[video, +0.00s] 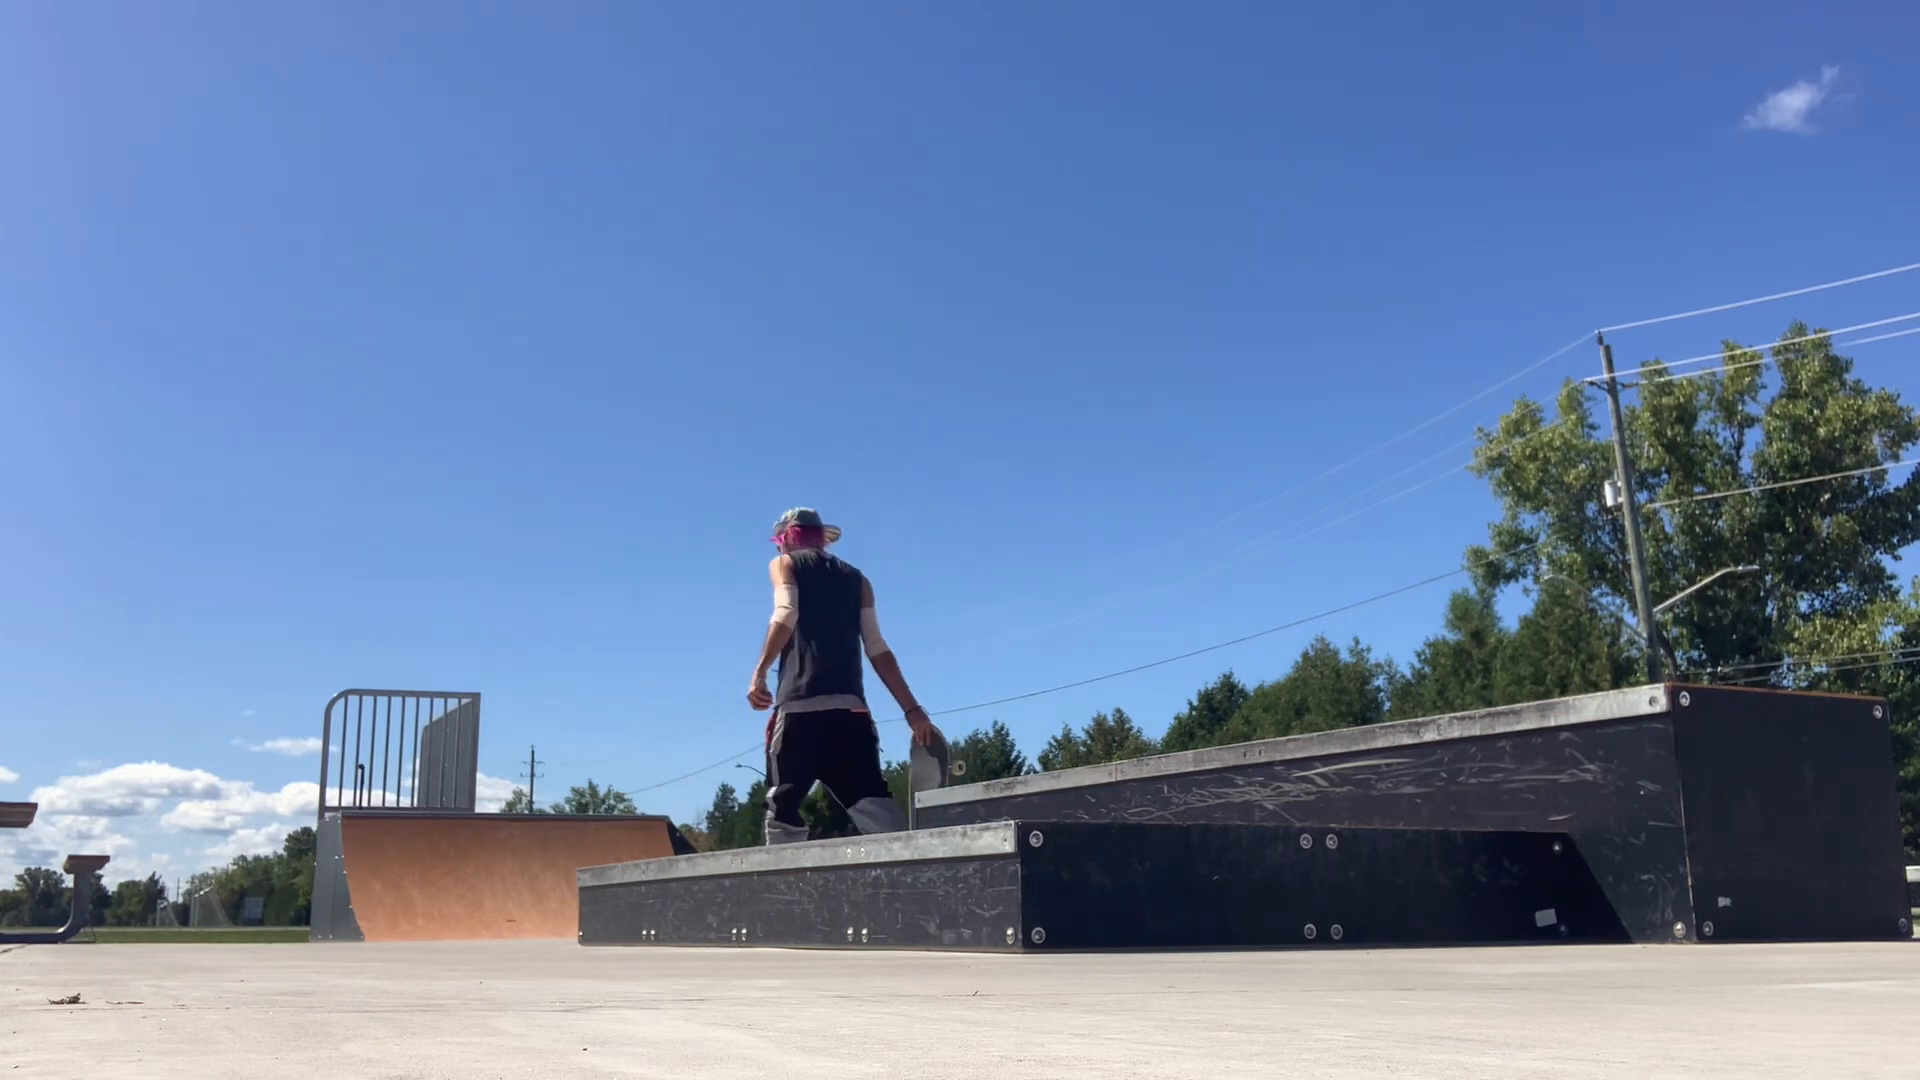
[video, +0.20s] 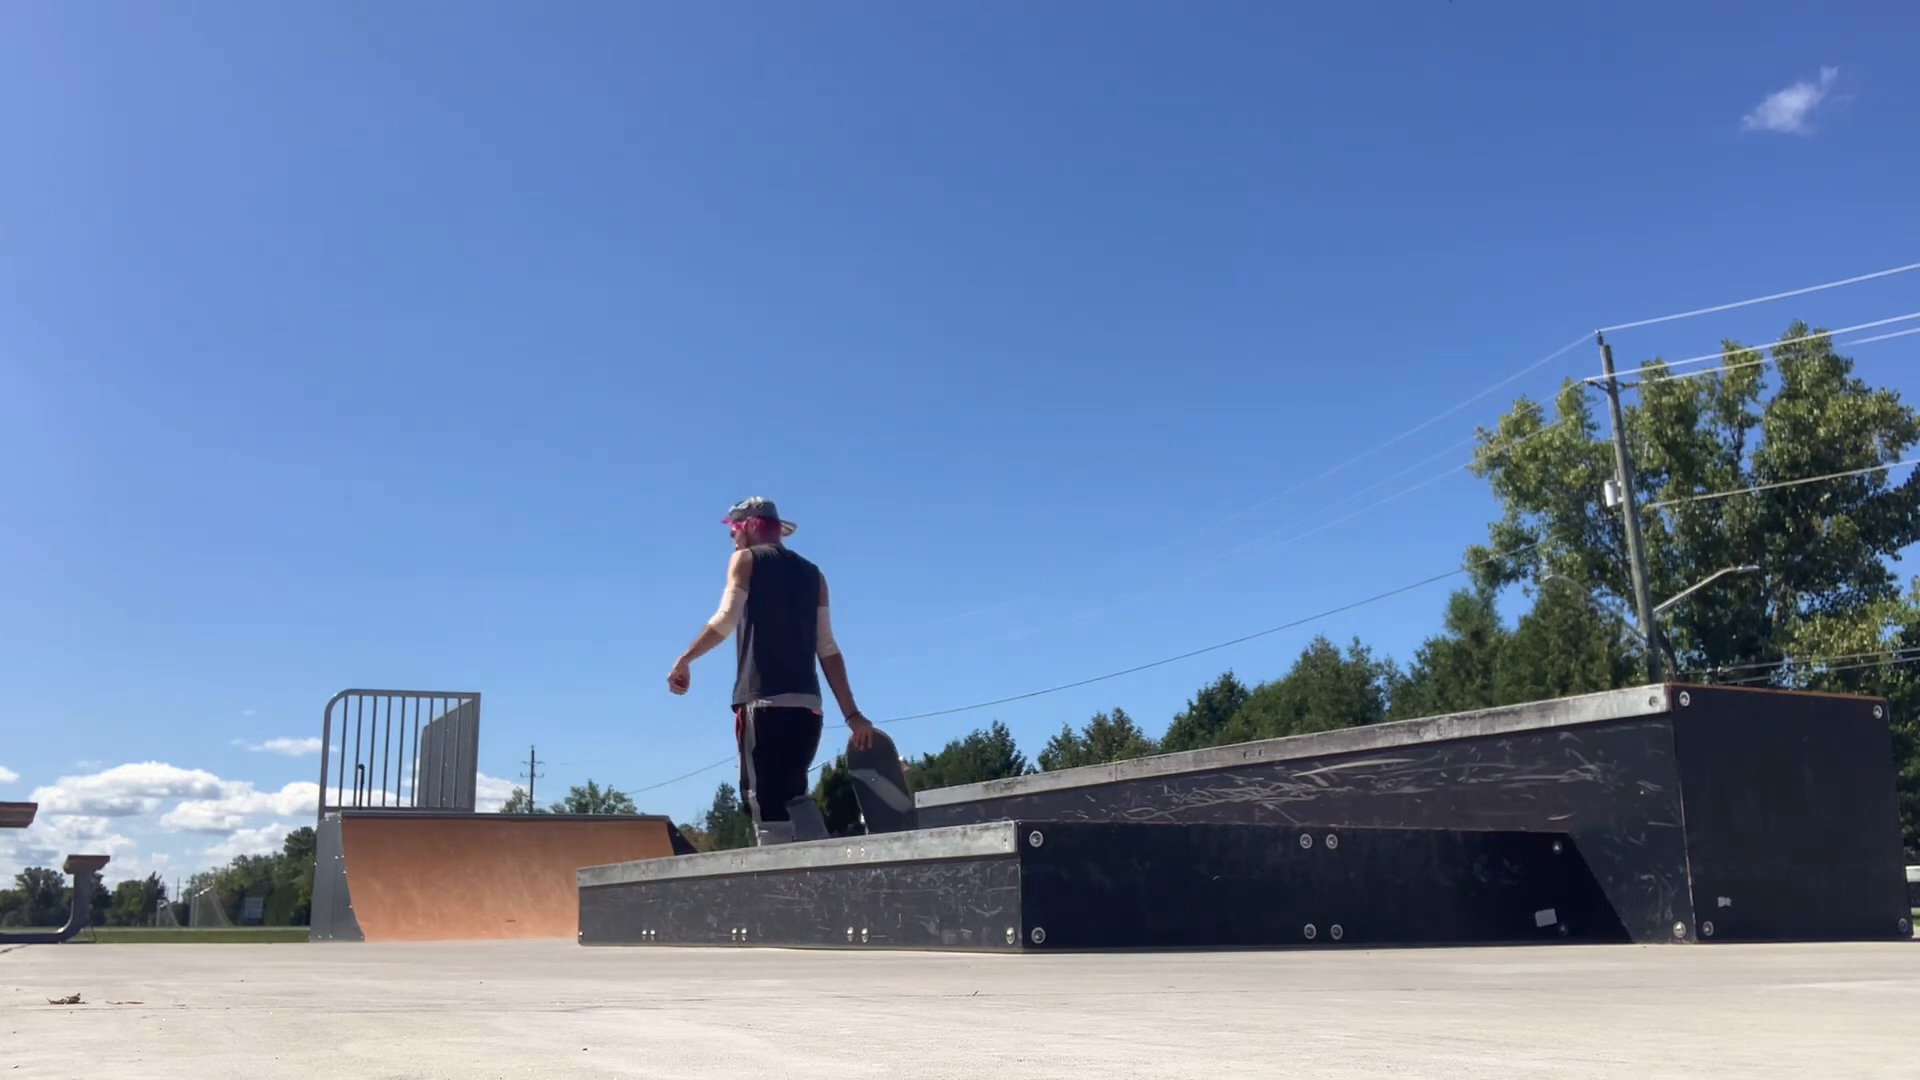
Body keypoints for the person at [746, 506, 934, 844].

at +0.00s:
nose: (778, 548)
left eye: (778, 543)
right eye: (778, 543)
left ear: (787, 539)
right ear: (823, 539)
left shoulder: (783, 563)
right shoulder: (855, 577)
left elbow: (786, 616)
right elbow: (877, 650)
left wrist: (759, 674)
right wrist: (912, 709)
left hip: (796, 720)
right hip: (851, 718)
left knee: (782, 814)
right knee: (875, 810)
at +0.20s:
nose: (733, 540)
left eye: (735, 532)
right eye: (733, 533)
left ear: (750, 527)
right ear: (776, 530)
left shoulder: (746, 558)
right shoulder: (813, 573)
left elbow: (727, 618)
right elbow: (827, 648)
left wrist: (686, 658)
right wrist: (853, 714)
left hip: (763, 707)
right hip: (808, 710)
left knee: (764, 805)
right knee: (796, 794)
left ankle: (784, 892)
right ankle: (829, 871)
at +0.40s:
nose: (686, 546)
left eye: (689, 538)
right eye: (686, 539)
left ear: (707, 537)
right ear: (726, 539)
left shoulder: (705, 572)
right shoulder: (768, 584)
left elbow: (662, 632)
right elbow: (792, 655)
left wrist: (649, 619)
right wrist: (818, 717)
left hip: (731, 714)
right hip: (768, 715)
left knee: (750, 813)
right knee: (733, 812)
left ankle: (780, 889)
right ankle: (702, 885)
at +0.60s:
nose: (645, 551)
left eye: (648, 543)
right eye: (644, 544)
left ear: (668, 542)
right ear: (683, 544)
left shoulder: (665, 576)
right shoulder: (724, 588)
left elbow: (613, 612)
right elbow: (749, 658)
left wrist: (633, 578)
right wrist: (771, 718)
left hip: (683, 718)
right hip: (719, 719)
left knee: (669, 806)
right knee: (700, 813)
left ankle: (721, 852)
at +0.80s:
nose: (606, 557)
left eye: (609, 548)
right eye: (606, 549)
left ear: (630, 543)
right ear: (646, 546)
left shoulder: (629, 576)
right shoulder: (686, 590)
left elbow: (576, 595)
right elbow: (700, 662)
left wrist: (605, 566)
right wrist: (706, 718)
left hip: (638, 725)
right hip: (679, 726)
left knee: (599, 806)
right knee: (670, 818)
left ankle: (635, 888)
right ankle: (679, 901)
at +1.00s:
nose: (564, 570)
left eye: (567, 562)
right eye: (564, 563)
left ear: (584, 558)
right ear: (602, 559)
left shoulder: (583, 593)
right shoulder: (640, 604)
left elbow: (528, 607)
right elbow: (653, 675)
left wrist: (563, 578)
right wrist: (659, 727)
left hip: (589, 741)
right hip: (632, 741)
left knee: (564, 829)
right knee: (645, 831)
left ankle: (534, 910)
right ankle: (676, 913)